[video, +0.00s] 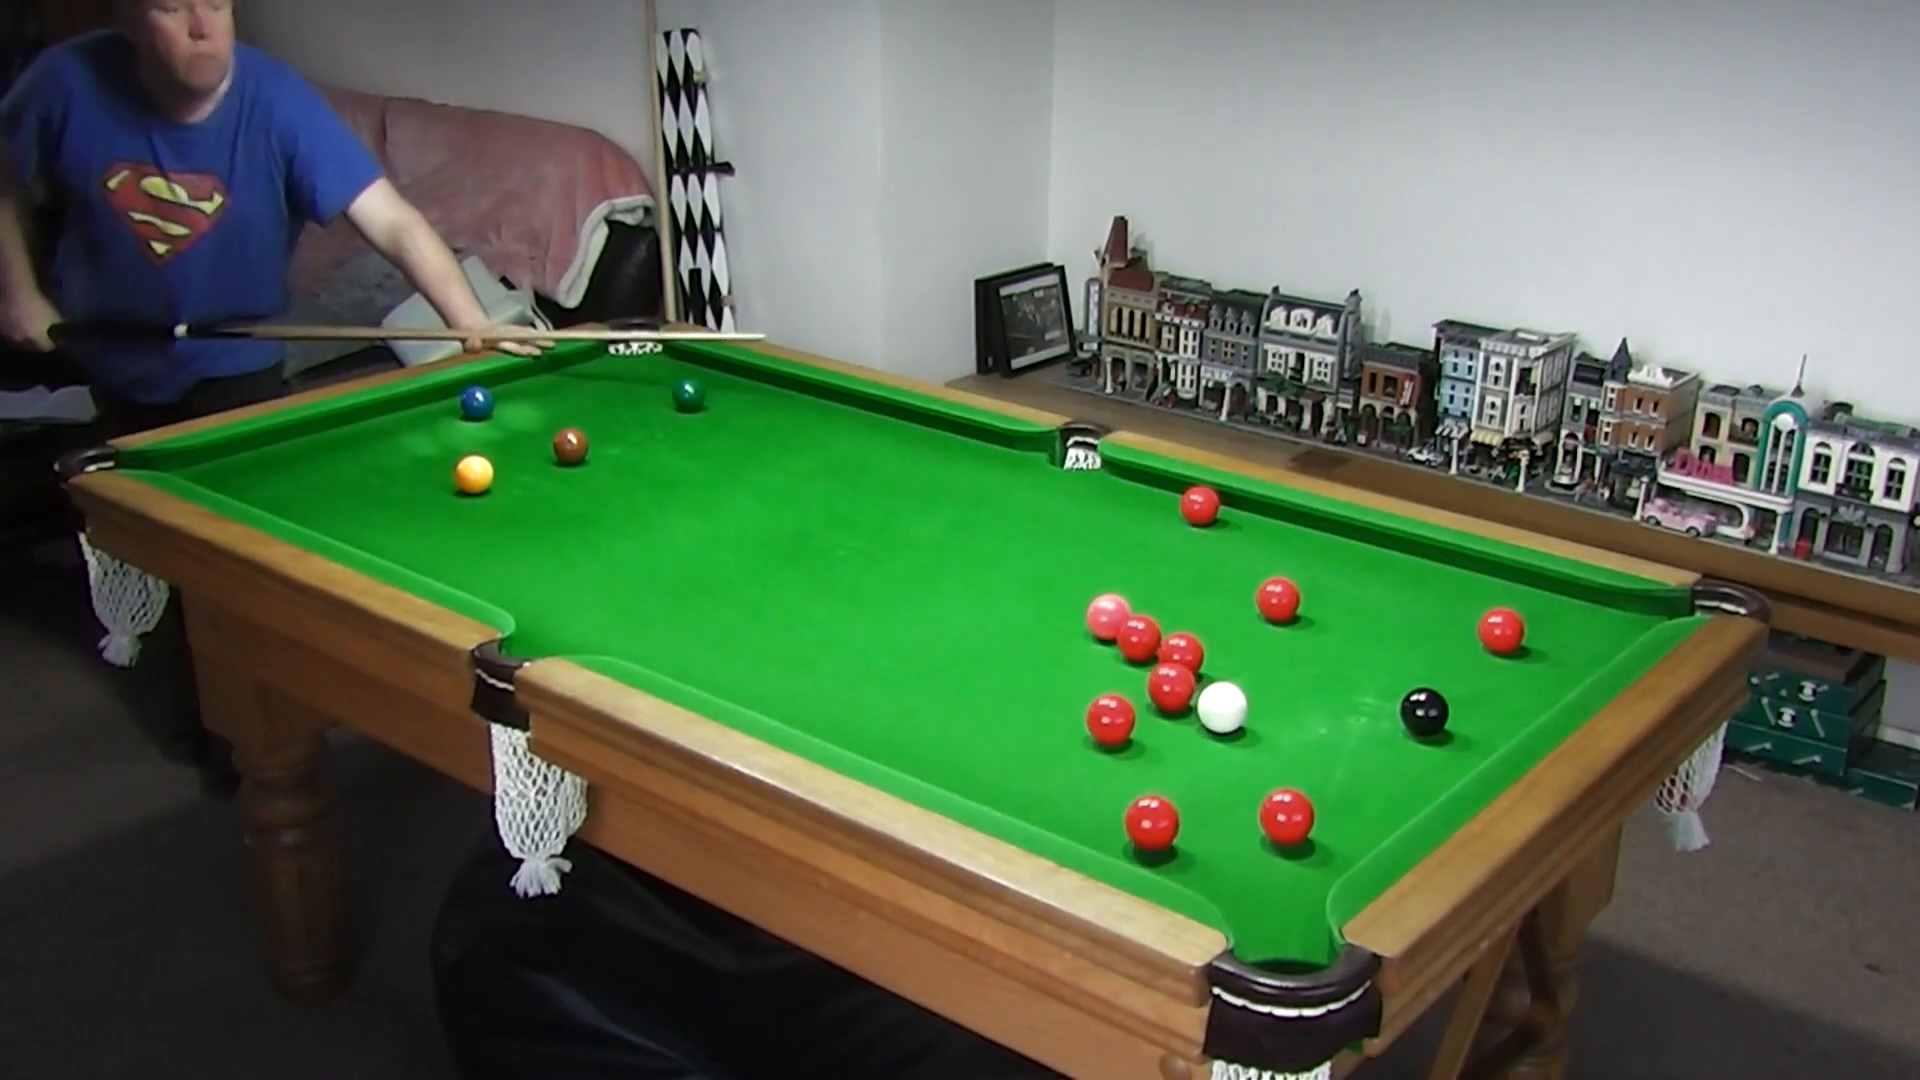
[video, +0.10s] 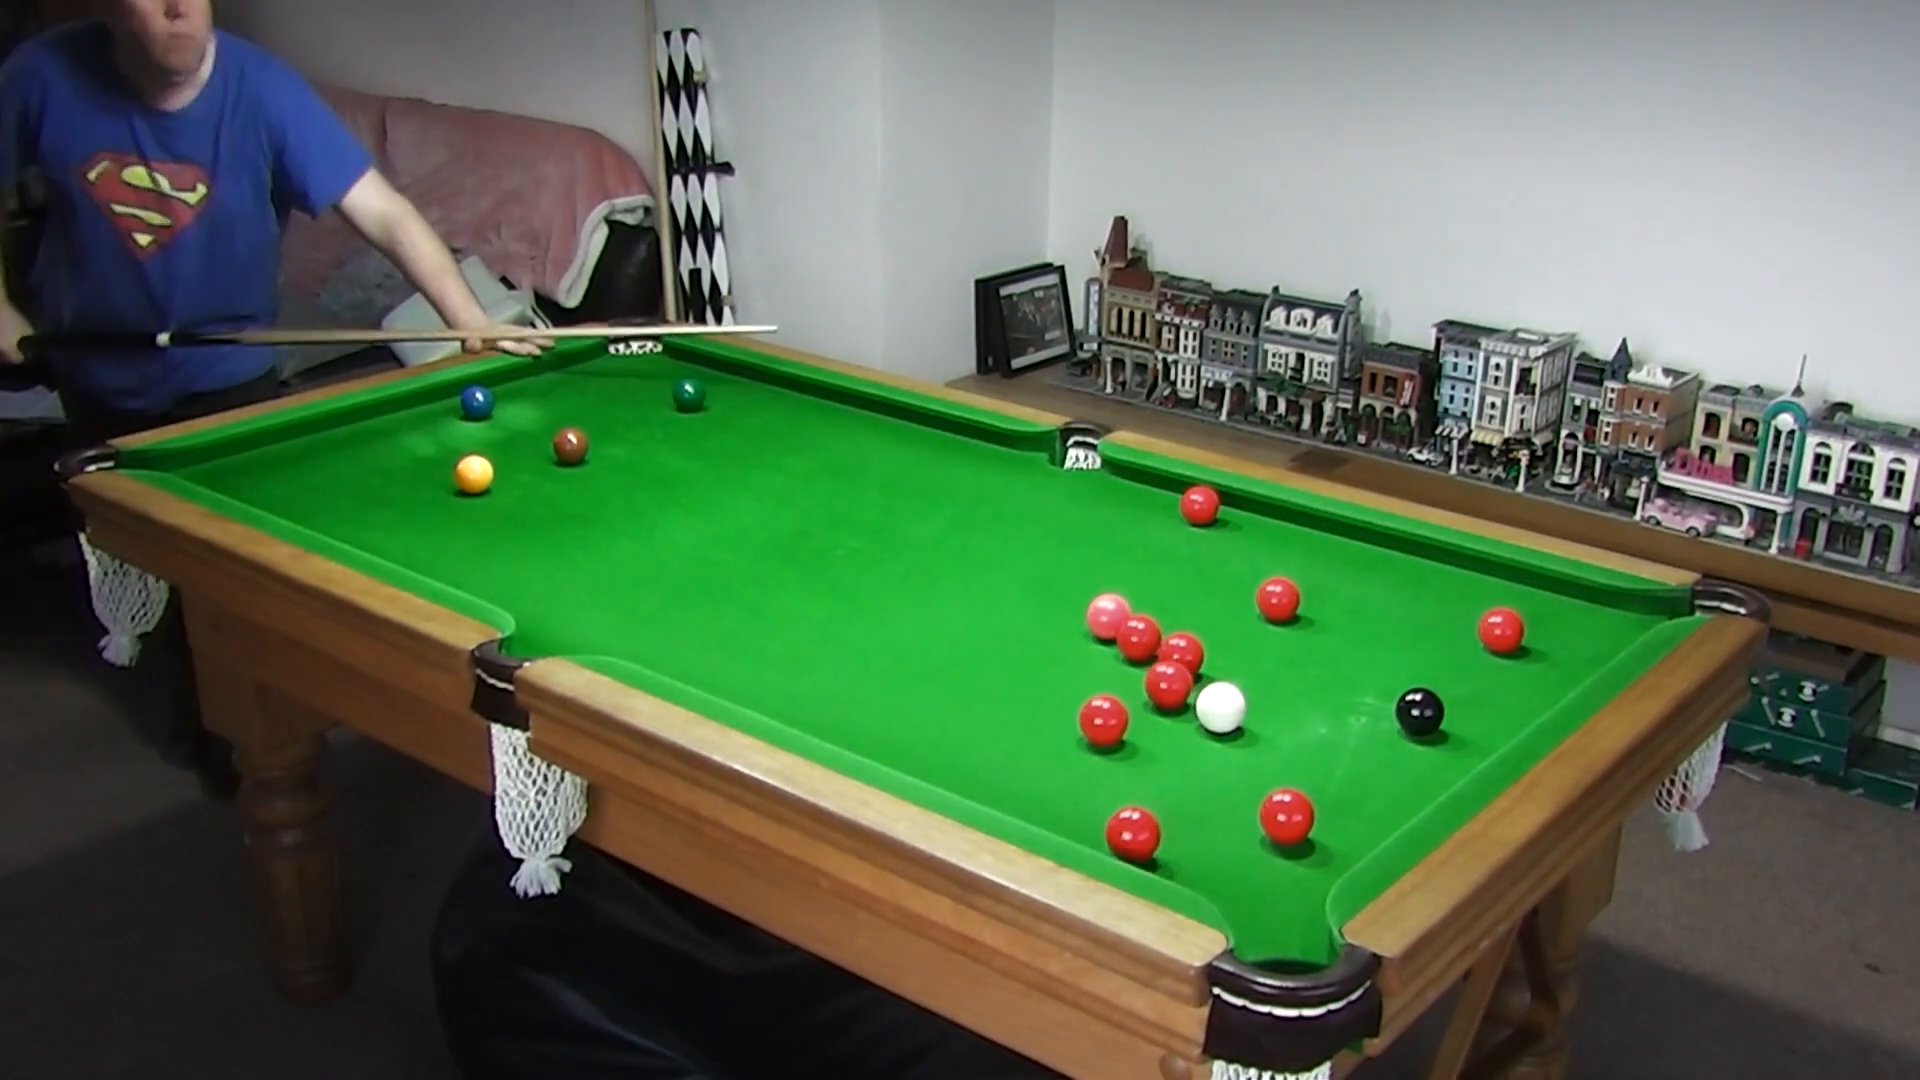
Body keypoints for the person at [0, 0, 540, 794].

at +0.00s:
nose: (204, 26)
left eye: (215, 5)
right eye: (175, 9)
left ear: (233, 10)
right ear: (131, 21)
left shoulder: (277, 101)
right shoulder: (64, 85)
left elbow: (394, 222)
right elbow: (7, 189)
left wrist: (475, 326)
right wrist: (20, 290)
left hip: (236, 361)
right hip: (96, 361)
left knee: (243, 548)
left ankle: (238, 720)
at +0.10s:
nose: (182, 13)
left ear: (213, 1)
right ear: (114, 10)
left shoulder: (263, 93)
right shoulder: (39, 80)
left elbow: (388, 216)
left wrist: (473, 324)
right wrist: (3, 307)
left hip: (233, 379)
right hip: (89, 384)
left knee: (246, 567)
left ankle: (241, 729)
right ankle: (194, 726)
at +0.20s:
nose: (162, 10)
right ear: (99, 6)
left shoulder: (247, 83)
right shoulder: (29, 75)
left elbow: (376, 204)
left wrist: (470, 322)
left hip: (224, 384)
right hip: (81, 392)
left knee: (237, 574)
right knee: (129, 580)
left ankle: (238, 731)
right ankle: (194, 729)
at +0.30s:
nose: (127, 4)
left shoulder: (228, 70)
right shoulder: (16, 67)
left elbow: (355, 192)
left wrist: (452, 309)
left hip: (211, 384)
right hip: (56, 389)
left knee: (220, 572)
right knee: (69, 559)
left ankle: (211, 715)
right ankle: (118, 678)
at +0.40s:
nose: (101, 7)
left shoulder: (210, 59)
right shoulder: (12, 66)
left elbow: (333, 180)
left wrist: (410, 289)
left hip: (203, 399)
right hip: (44, 405)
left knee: (223, 593)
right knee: (41, 604)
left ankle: (222, 735)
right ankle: (69, 742)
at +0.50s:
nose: (54, 6)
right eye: (36, 1)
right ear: (14, 6)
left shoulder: (178, 52)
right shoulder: (5, 79)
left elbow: (277, 174)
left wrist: (334, 274)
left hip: (184, 402)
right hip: (35, 413)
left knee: (206, 603)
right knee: (24, 635)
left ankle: (214, 737)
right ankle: (12, 819)